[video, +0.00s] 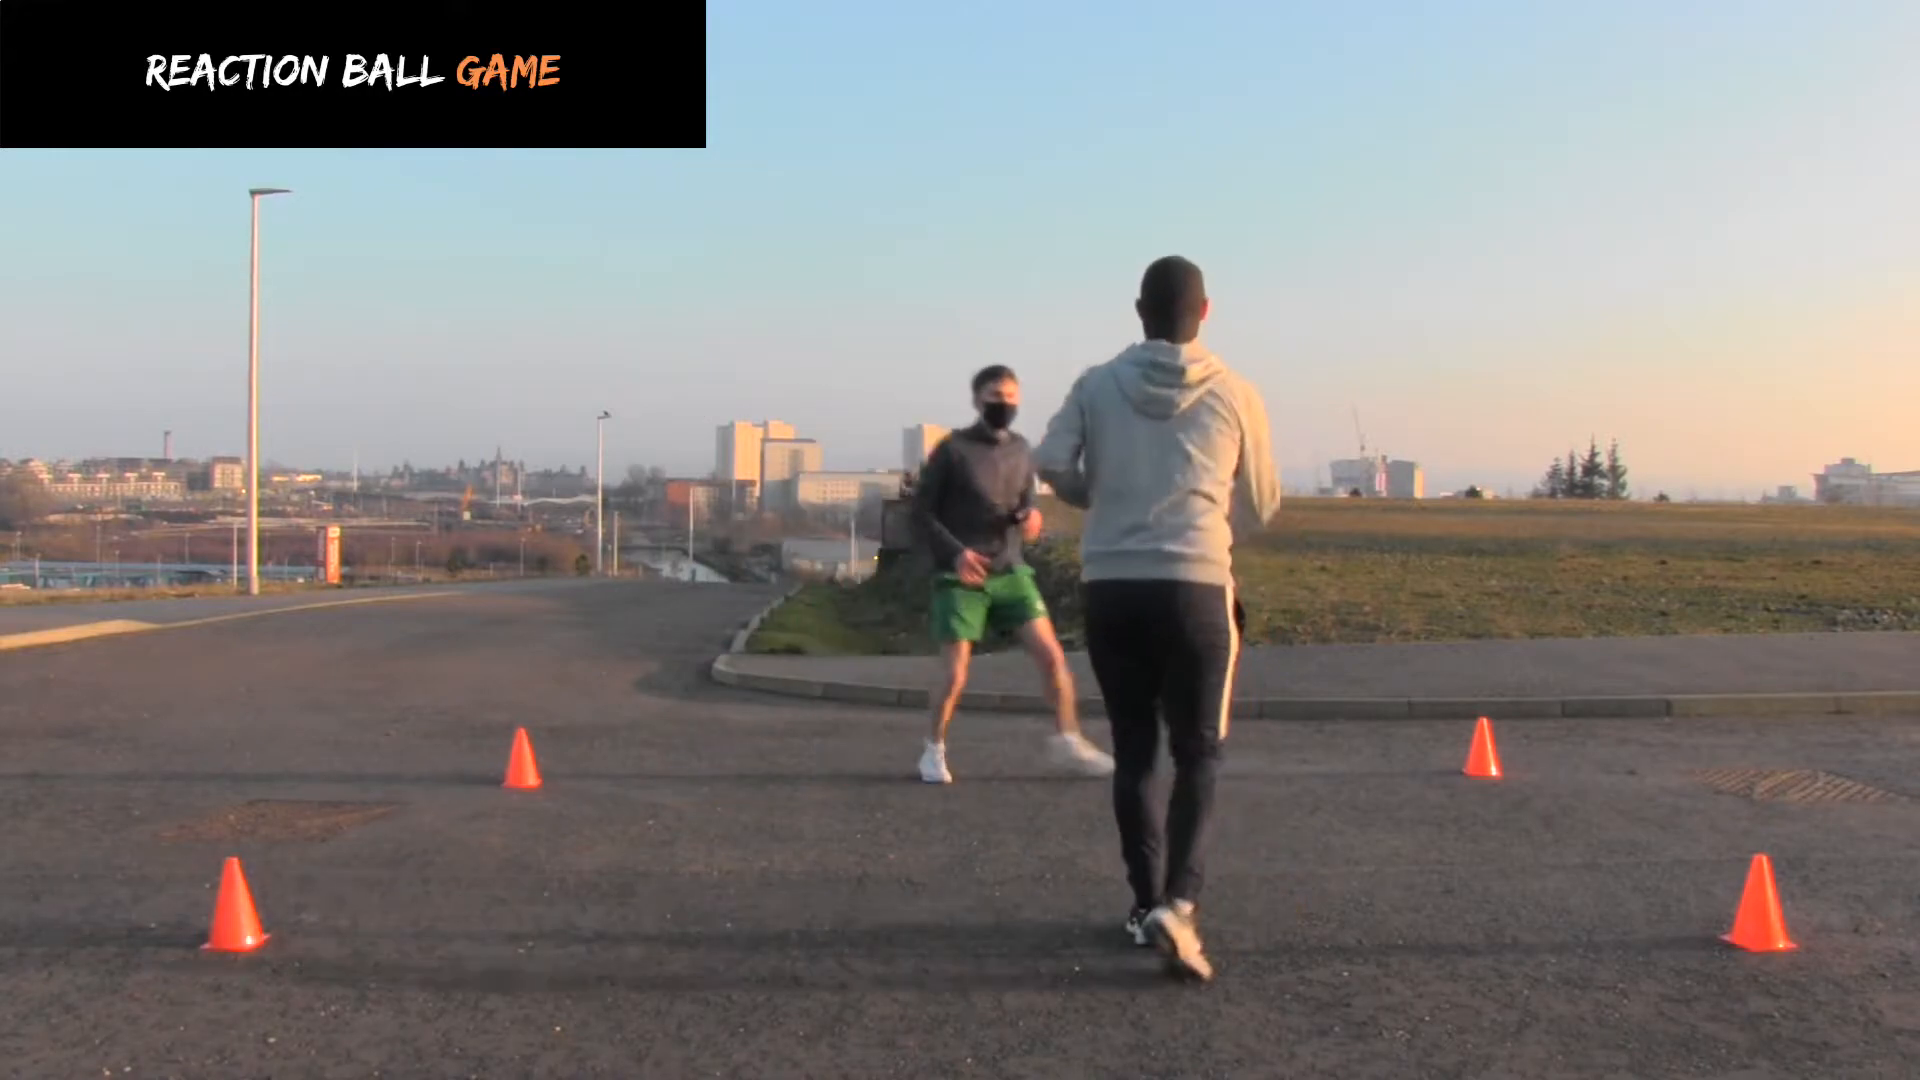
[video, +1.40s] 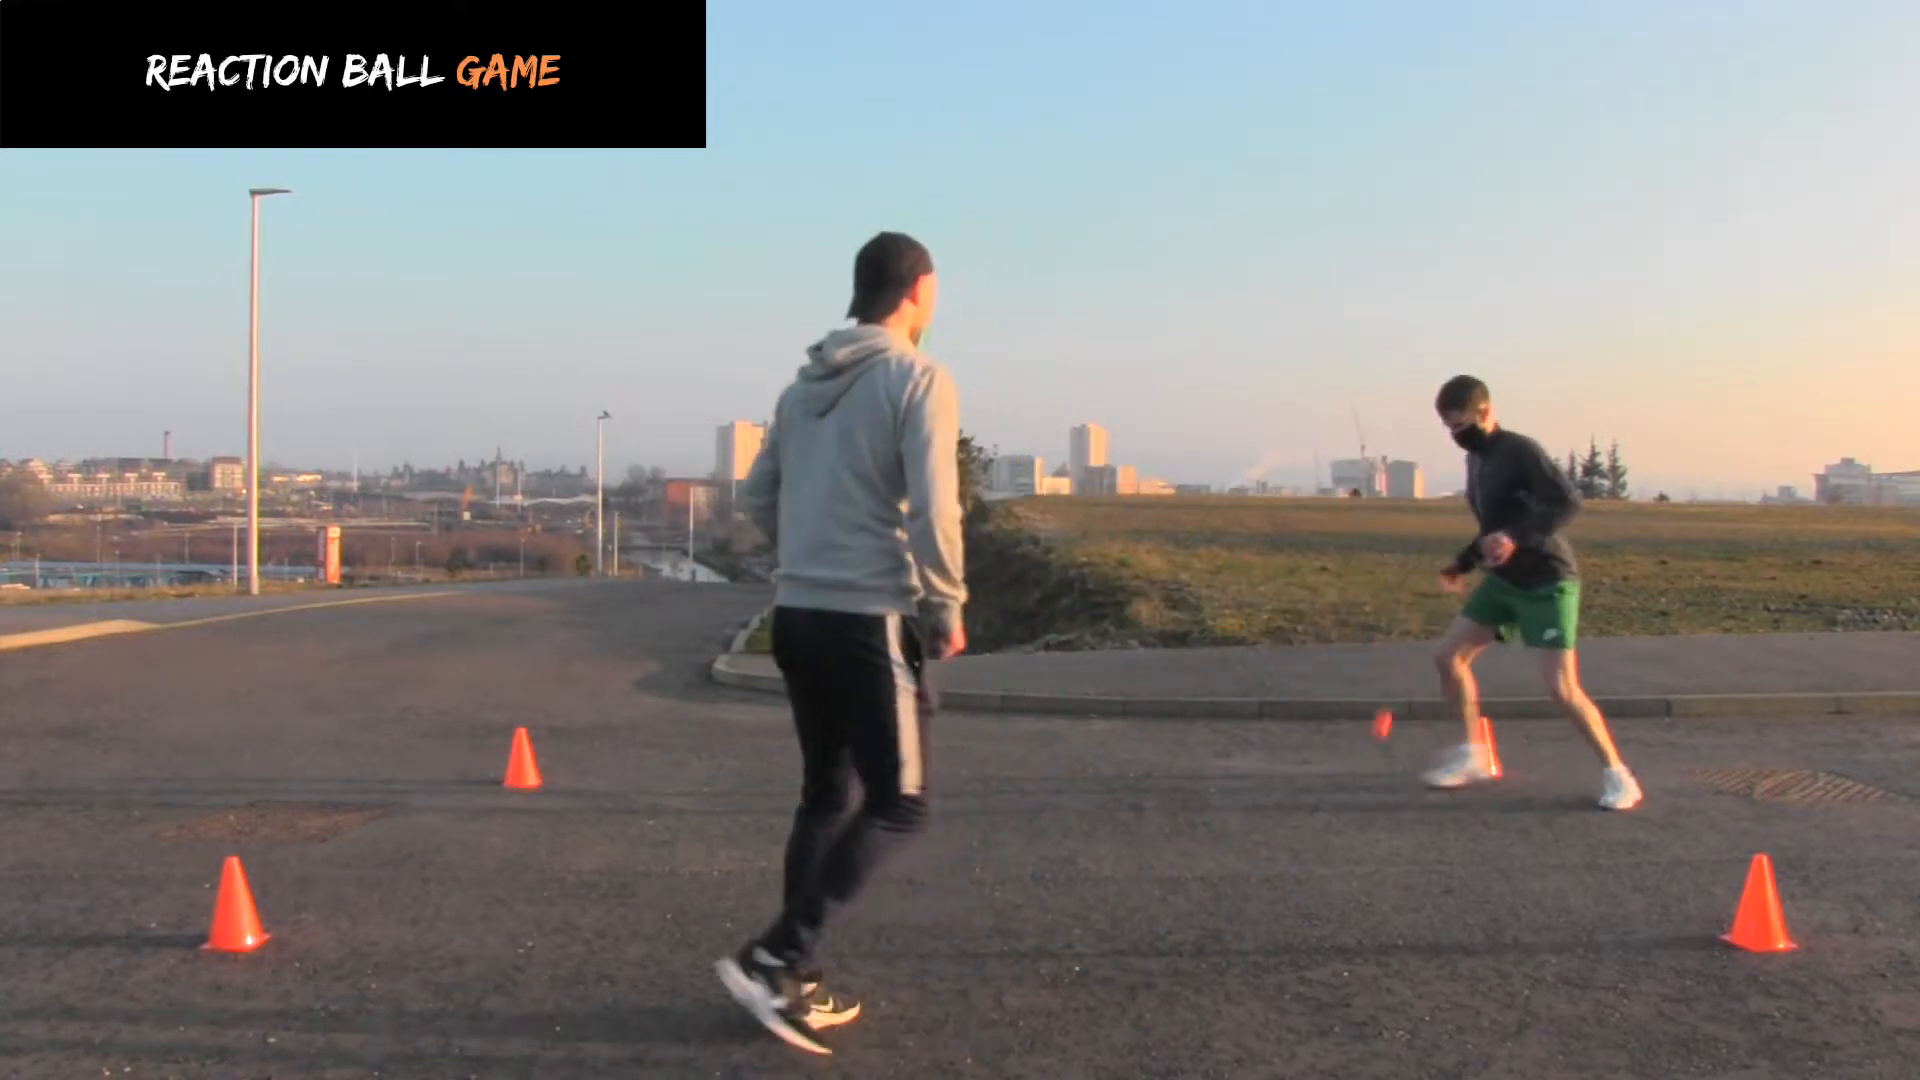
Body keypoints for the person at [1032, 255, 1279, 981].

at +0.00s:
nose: (1200, 315)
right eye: (1202, 304)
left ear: (1139, 312)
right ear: (1203, 313)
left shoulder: (1097, 385)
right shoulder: (1234, 392)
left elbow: (1053, 460)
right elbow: (1261, 509)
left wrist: (1100, 499)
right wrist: (1205, 507)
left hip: (1113, 593)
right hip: (1196, 594)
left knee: (1133, 752)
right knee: (1198, 751)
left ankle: (1148, 908)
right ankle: (1179, 901)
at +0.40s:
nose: (1147, 283)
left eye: (1131, 273)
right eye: (1146, 274)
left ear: (1074, 280)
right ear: (1141, 280)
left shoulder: (1034, 365)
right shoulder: (1175, 364)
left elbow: (1000, 462)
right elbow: (1209, 483)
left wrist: (1068, 455)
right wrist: (1190, 571)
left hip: (1048, 585)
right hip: (1136, 585)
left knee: (1057, 753)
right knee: (1159, 760)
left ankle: (1026, 935)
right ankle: (1169, 944)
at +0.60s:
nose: (1093, 308)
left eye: (1075, 298)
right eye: (1091, 298)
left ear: (1018, 306)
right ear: (1085, 304)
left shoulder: (980, 398)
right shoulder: (1114, 390)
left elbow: (944, 499)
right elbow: (1158, 505)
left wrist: (1004, 516)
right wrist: (1160, 596)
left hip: (994, 622)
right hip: (1079, 625)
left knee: (1025, 786)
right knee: (1131, 781)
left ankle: (1015, 978)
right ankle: (1078, 954)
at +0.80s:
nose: (1048, 282)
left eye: (1007, 269)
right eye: (1050, 270)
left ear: (976, 274)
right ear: (1048, 274)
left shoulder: (934, 362)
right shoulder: (1083, 355)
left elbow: (891, 457)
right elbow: (1126, 471)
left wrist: (958, 497)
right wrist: (1094, 548)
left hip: (955, 594)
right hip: (1043, 597)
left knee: (988, 775)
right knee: (1026, 783)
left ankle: (996, 957)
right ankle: (956, 974)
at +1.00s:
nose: (1026, 308)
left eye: (1018, 295)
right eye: (1025, 297)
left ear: (945, 299)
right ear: (1016, 303)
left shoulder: (894, 397)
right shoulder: (1031, 393)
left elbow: (860, 506)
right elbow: (1078, 527)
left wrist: (933, 524)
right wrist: (1058, 601)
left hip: (902, 631)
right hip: (990, 634)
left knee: (943, 776)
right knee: (997, 822)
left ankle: (906, 947)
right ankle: (934, 1017)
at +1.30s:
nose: (958, 292)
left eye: (954, 277)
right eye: (956, 279)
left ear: (883, 280)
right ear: (939, 283)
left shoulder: (832, 371)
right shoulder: (946, 364)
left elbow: (786, 490)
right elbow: (970, 481)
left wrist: (861, 516)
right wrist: (980, 581)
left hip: (821, 601)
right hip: (896, 605)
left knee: (838, 790)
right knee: (941, 795)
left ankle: (800, 984)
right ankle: (871, 990)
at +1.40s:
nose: (933, 306)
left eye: (929, 292)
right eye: (931, 293)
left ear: (863, 291)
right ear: (913, 294)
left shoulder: (804, 384)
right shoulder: (919, 380)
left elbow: (755, 493)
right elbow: (932, 505)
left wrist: (808, 556)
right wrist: (946, 604)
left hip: (797, 617)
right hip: (870, 620)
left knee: (826, 793)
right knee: (901, 804)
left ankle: (793, 979)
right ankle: (774, 957)